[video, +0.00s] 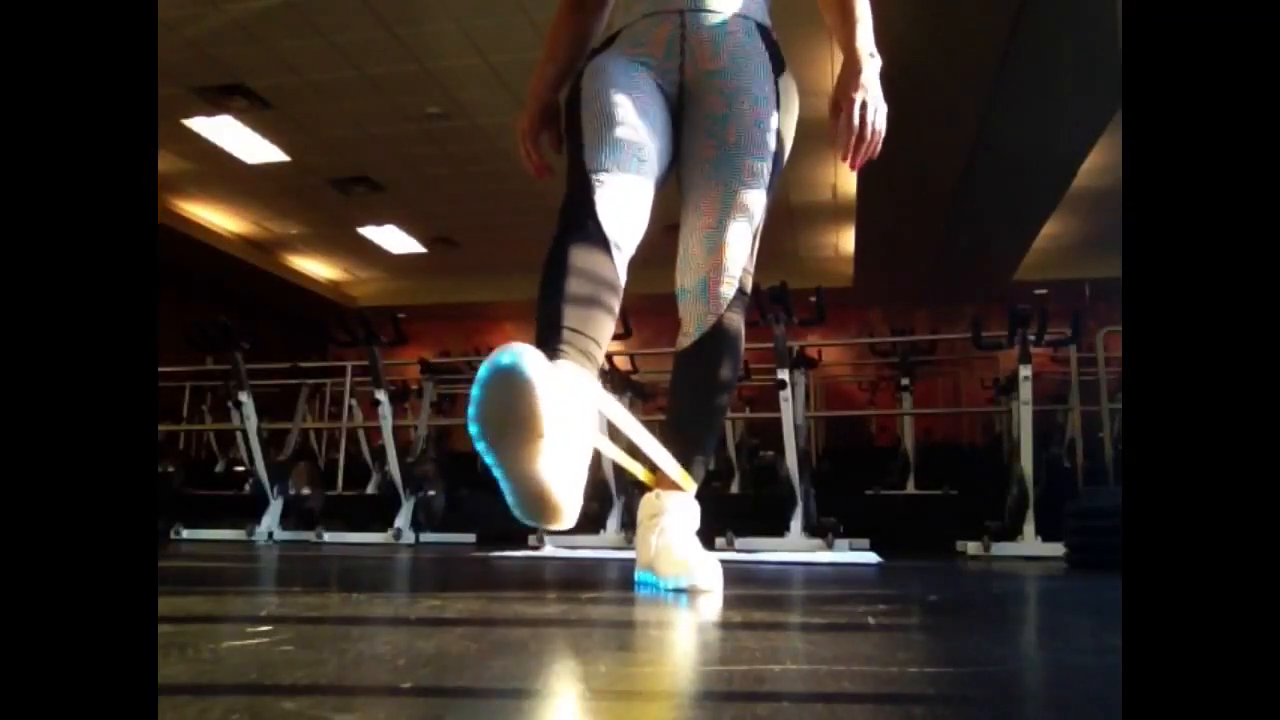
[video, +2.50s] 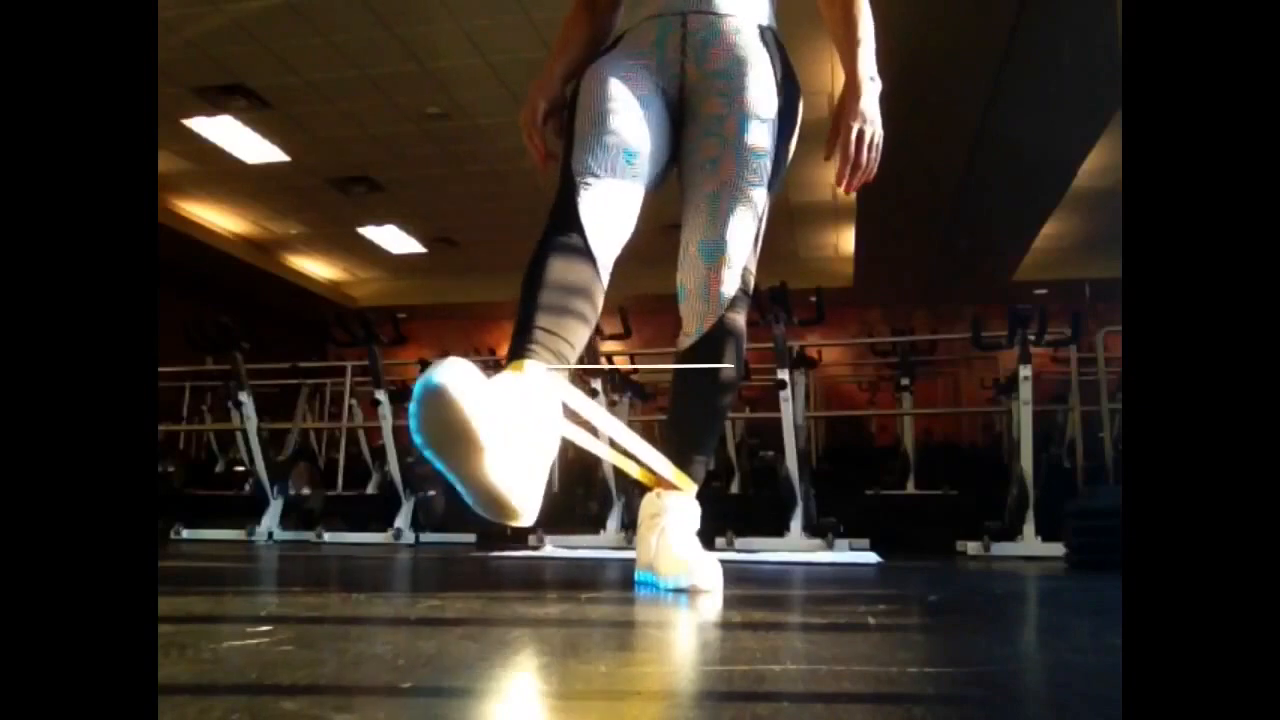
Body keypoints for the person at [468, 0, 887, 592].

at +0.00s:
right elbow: (586, 3)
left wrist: (860, 60)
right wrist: (544, 90)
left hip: (739, 24)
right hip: (628, 30)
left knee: (717, 276)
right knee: (604, 196)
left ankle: (671, 513)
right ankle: (561, 427)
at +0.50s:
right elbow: (580, 8)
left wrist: (873, 50)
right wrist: (539, 89)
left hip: (740, 30)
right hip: (627, 33)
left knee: (717, 271)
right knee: (603, 210)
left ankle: (670, 516)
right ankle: (551, 459)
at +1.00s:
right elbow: (585, 7)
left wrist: (872, 25)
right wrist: (554, 106)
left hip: (745, 28)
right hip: (632, 31)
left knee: (717, 273)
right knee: (614, 206)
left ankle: (674, 513)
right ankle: (577, 441)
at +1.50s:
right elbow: (589, 3)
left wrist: (867, 72)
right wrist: (550, 82)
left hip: (744, 25)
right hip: (632, 25)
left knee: (722, 273)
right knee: (597, 203)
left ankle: (673, 516)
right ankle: (533, 441)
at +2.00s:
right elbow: (589, 6)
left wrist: (864, 41)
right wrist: (555, 97)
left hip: (744, 30)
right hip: (630, 29)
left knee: (722, 279)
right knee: (612, 208)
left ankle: (673, 516)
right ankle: (577, 419)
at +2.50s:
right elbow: (597, 3)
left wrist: (862, 83)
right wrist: (555, 72)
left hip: (740, 32)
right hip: (633, 35)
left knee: (719, 278)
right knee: (590, 202)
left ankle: (672, 516)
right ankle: (525, 419)